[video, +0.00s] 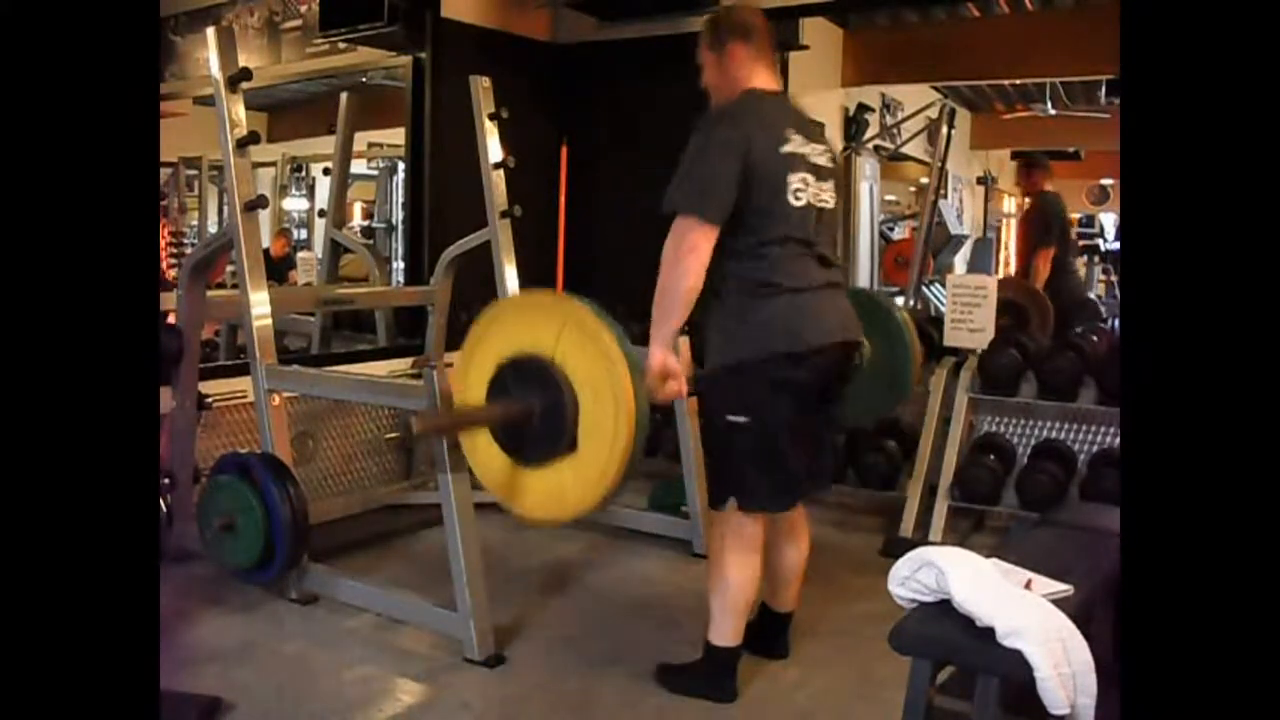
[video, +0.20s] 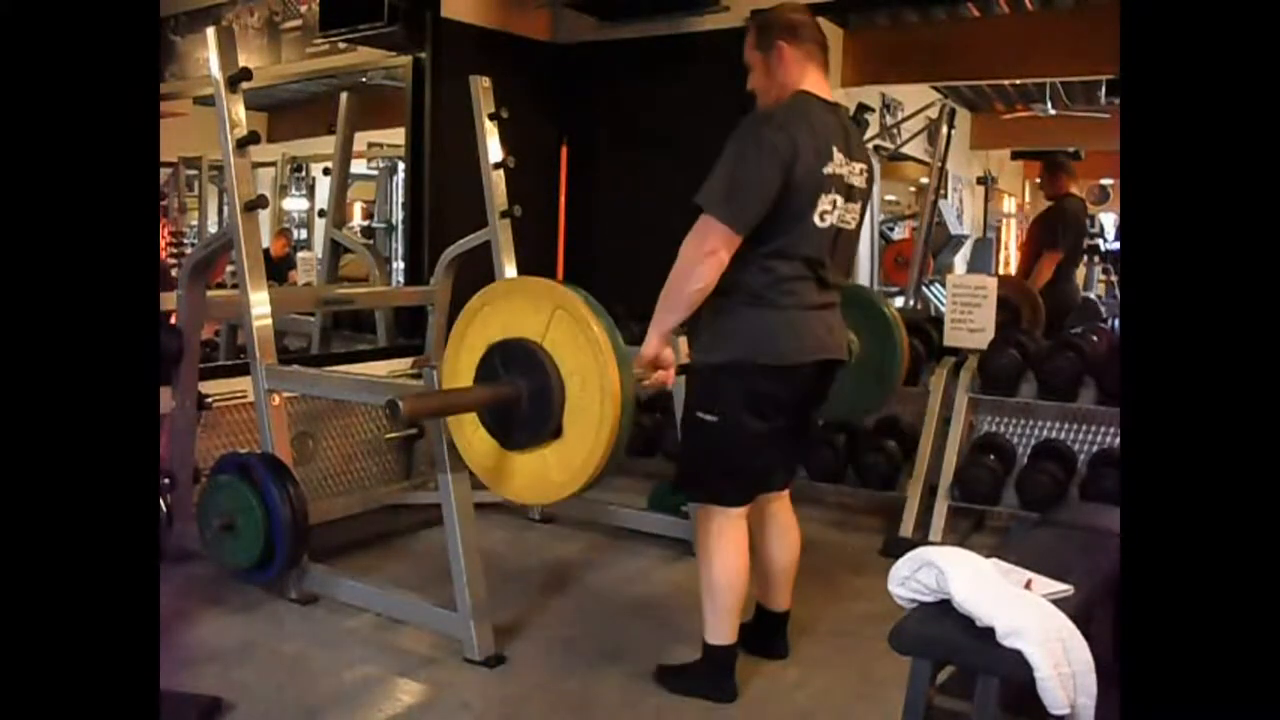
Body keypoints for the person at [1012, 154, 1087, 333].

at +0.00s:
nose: (1018, 182)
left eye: (1022, 175)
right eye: (1019, 175)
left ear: (1035, 175)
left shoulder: (1047, 203)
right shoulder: (1035, 206)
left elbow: (1044, 259)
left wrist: (1029, 302)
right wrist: (1020, 297)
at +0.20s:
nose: (1040, 185)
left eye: (1043, 178)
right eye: (1040, 179)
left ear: (1059, 178)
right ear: (1062, 178)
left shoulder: (1063, 210)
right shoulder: (1075, 206)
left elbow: (1051, 257)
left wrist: (1024, 295)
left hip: (1049, 295)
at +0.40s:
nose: (1036, 185)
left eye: (1039, 178)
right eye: (1036, 179)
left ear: (1055, 178)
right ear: (1059, 178)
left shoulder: (1058, 211)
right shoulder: (1074, 206)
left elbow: (1049, 257)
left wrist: (1024, 296)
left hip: (1047, 295)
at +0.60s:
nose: (1024, 183)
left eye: (1028, 176)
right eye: (1025, 177)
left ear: (1043, 177)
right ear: (1048, 177)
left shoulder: (1051, 210)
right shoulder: (1065, 203)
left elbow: (1046, 259)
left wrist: (1027, 299)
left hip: (1049, 297)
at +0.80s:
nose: (1012, 190)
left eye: (1014, 183)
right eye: (1011, 184)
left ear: (1028, 180)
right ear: (1033, 180)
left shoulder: (1045, 208)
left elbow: (1043, 259)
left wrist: (1029, 305)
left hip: (1057, 303)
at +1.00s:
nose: (1003, 199)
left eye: (1004, 192)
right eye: (1002, 192)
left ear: (1018, 186)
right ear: (1021, 186)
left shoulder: (1038, 213)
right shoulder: (1031, 213)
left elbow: (1040, 267)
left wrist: (1028, 312)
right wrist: (1025, 310)